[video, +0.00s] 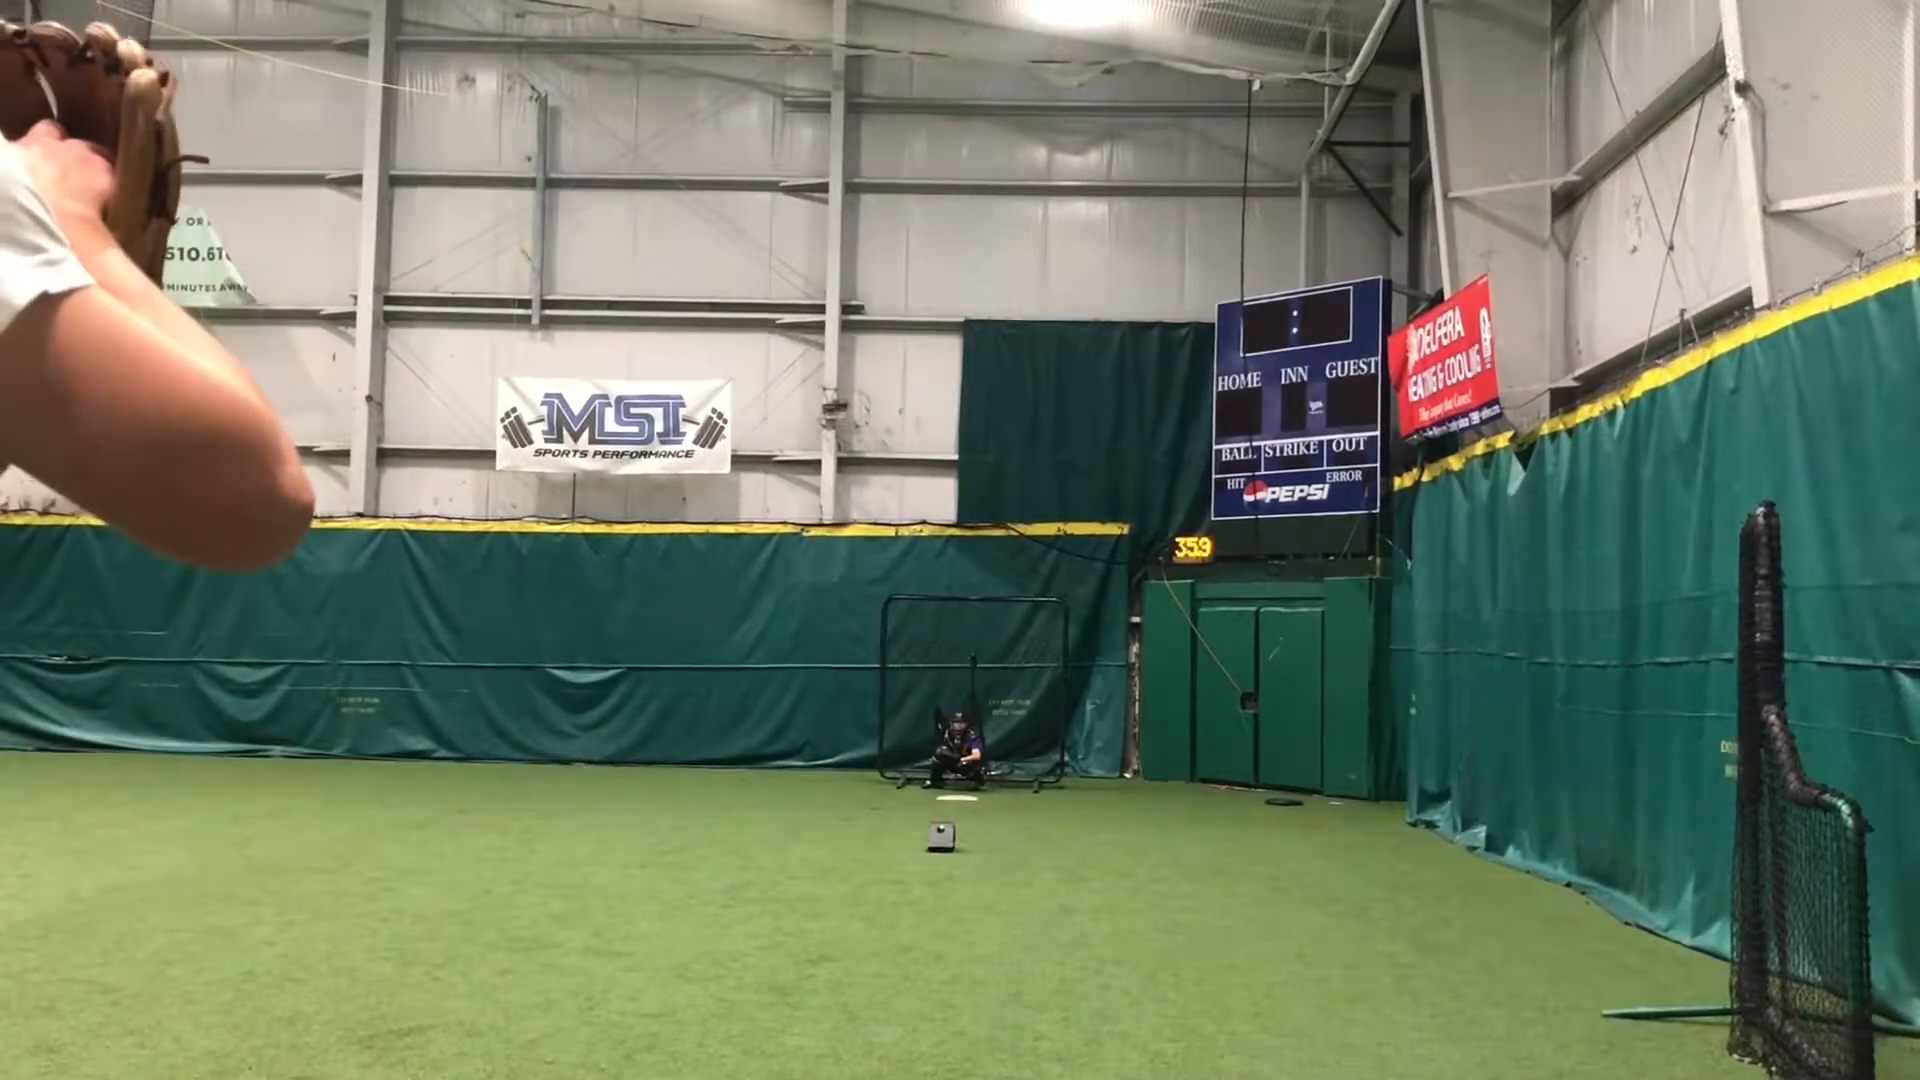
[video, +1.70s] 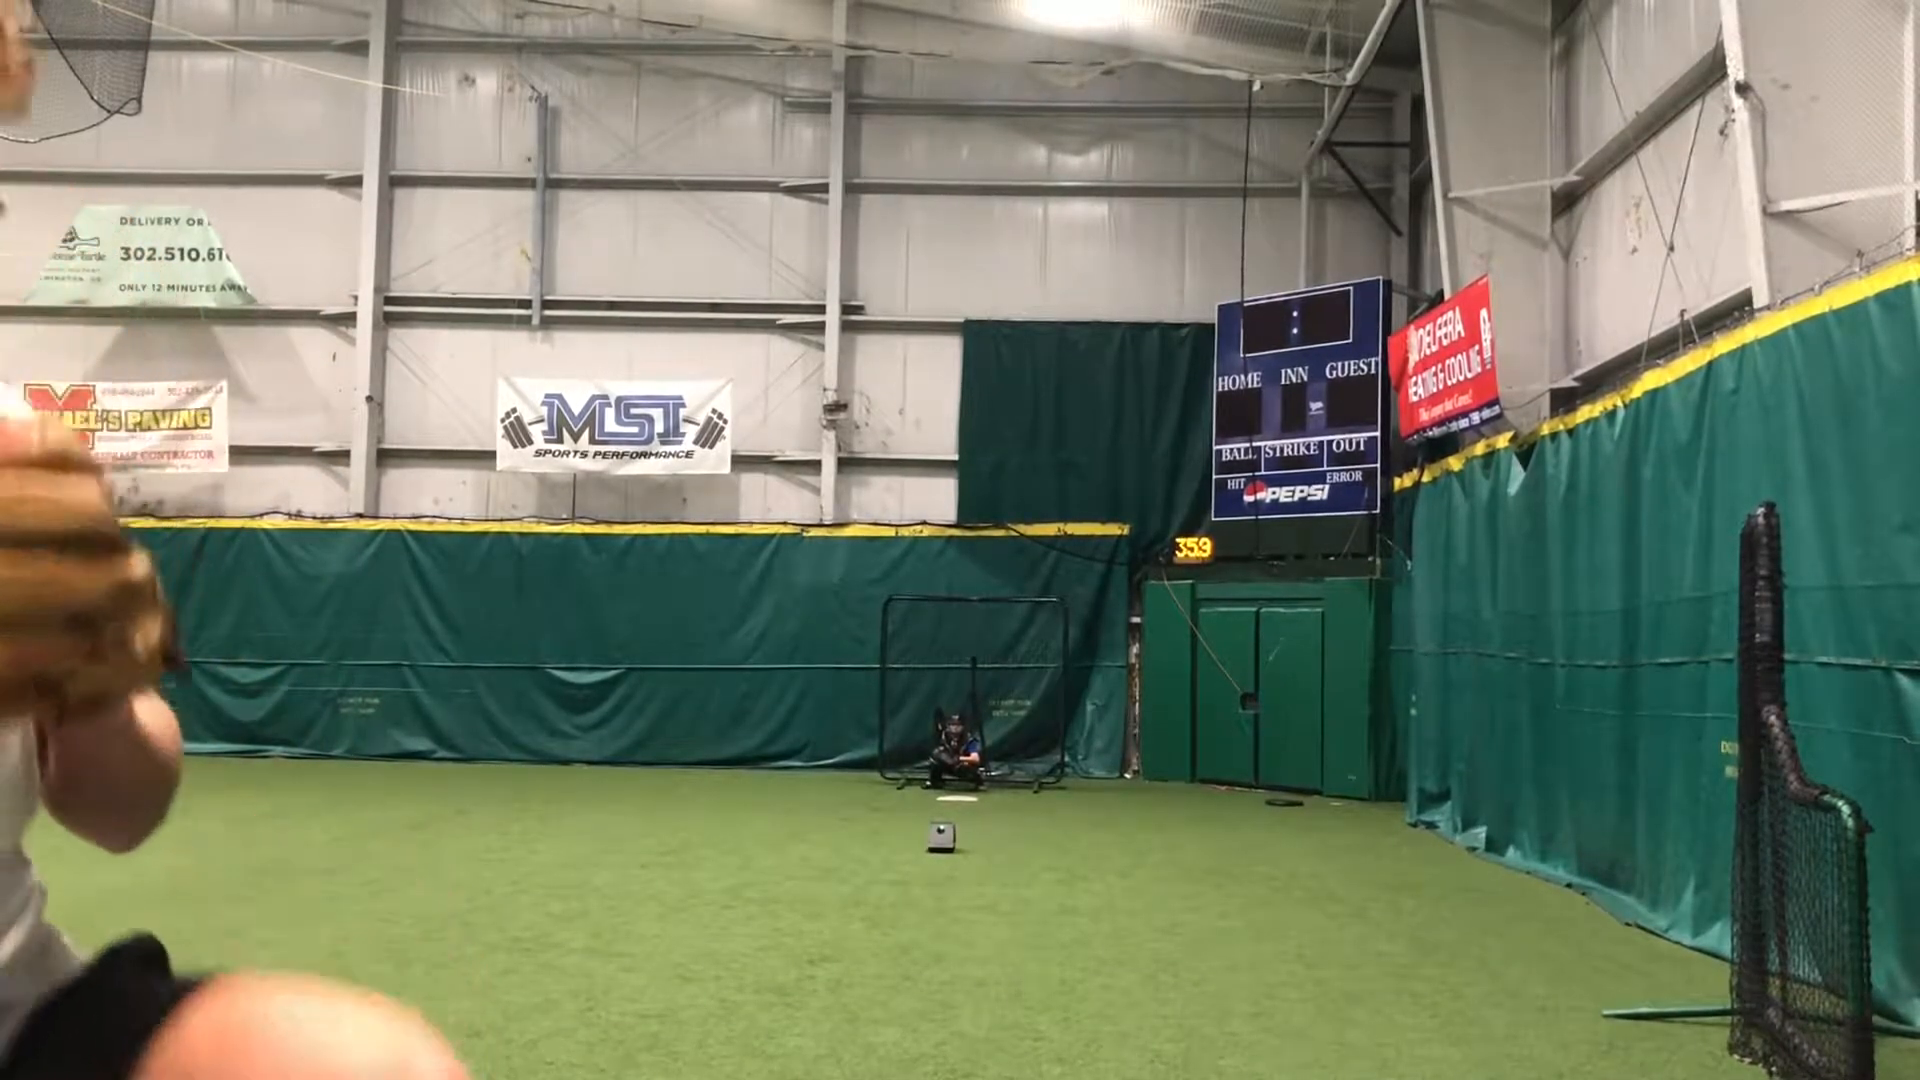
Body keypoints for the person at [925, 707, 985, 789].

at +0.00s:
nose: (958, 727)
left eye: (961, 723)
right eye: (955, 723)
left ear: (966, 725)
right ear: (951, 724)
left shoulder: (972, 736)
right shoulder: (947, 734)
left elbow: (977, 755)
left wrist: (963, 760)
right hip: (950, 760)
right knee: (937, 763)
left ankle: (980, 782)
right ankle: (935, 781)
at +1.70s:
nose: (954, 728)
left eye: (957, 725)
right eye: (951, 725)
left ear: (963, 727)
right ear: (947, 727)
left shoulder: (970, 742)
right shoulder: (944, 740)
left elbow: (975, 759)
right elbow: (936, 753)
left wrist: (958, 759)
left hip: (964, 767)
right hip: (947, 765)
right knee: (935, 765)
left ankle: (979, 783)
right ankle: (935, 782)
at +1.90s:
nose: (954, 728)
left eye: (957, 725)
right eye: (951, 725)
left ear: (963, 727)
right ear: (947, 727)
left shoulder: (970, 743)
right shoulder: (945, 742)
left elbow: (975, 759)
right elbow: (936, 754)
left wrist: (958, 759)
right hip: (947, 766)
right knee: (935, 763)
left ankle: (979, 782)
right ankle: (935, 781)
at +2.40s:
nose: (952, 725)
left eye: (955, 722)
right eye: (949, 722)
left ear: (961, 725)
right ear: (944, 725)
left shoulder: (967, 741)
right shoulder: (941, 742)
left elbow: (973, 759)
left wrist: (957, 765)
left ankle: (978, 782)